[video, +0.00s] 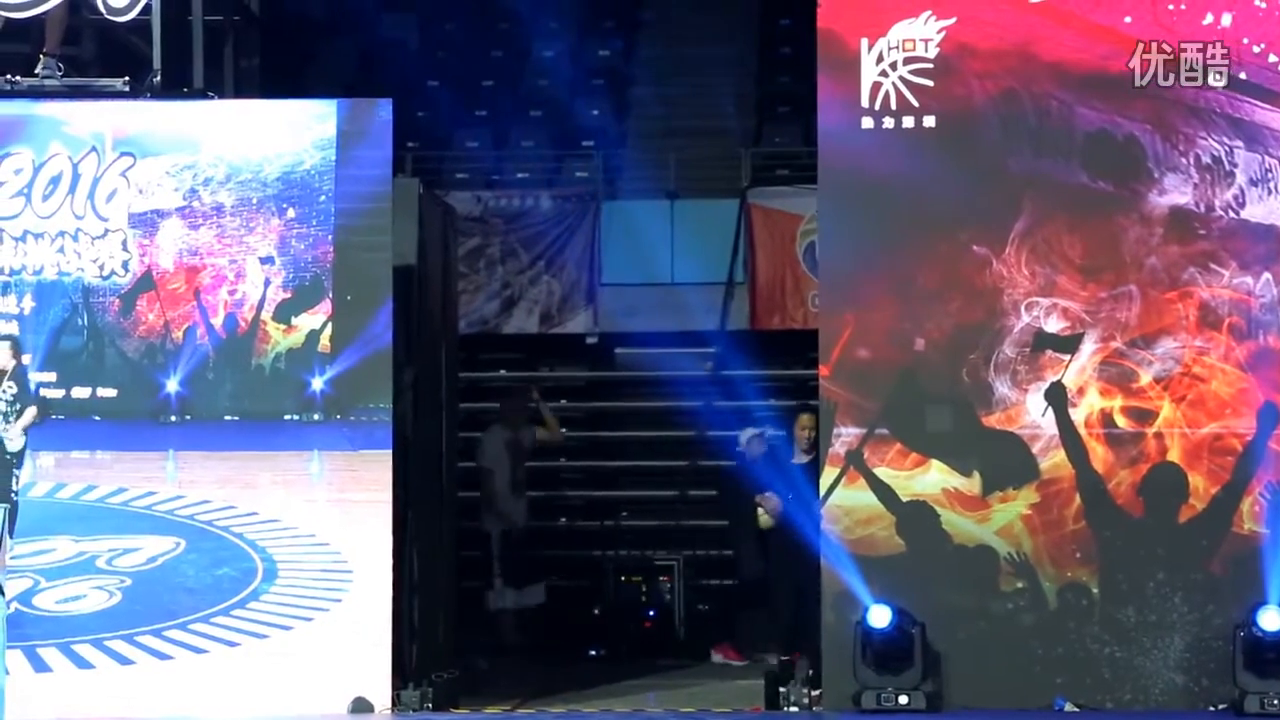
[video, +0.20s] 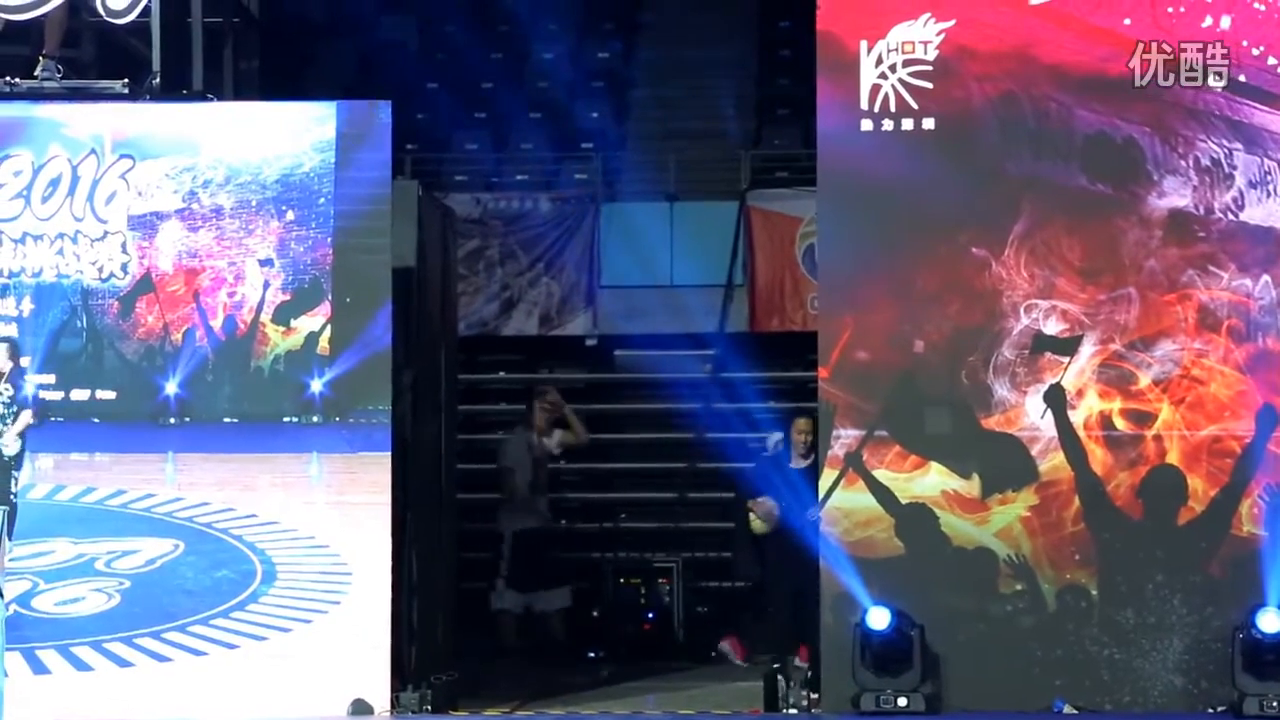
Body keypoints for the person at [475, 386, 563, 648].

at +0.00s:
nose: (521, 413)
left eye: (524, 407)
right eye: (516, 407)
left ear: (526, 410)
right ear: (505, 408)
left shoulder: (525, 433)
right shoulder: (494, 436)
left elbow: (555, 435)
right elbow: (488, 484)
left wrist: (540, 403)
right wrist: (506, 513)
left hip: (519, 514)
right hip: (497, 516)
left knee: (523, 576)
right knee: (501, 580)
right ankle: (505, 640)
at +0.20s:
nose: (550, 414)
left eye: (554, 409)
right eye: (546, 406)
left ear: (557, 414)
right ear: (534, 406)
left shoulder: (550, 439)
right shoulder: (518, 440)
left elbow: (581, 438)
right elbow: (511, 484)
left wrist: (564, 408)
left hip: (542, 522)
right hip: (517, 523)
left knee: (550, 583)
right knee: (512, 587)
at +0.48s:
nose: (585, 417)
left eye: (589, 413)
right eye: (580, 409)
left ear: (589, 418)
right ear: (564, 410)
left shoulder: (580, 443)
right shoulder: (545, 445)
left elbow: (616, 440)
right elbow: (543, 499)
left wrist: (601, 409)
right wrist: (546, 540)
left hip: (578, 533)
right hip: (553, 534)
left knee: (576, 600)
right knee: (549, 600)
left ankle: (575, 667)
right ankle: (537, 667)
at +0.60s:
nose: (597, 418)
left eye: (599, 413)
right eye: (591, 412)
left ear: (598, 416)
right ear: (576, 413)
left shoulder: (592, 444)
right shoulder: (558, 444)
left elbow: (627, 438)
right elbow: (546, 494)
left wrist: (617, 409)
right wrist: (547, 530)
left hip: (588, 530)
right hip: (562, 531)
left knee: (591, 596)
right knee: (568, 596)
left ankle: (590, 665)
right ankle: (567, 666)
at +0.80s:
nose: (615, 419)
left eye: (617, 414)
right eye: (610, 413)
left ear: (614, 418)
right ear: (595, 414)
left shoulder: (605, 444)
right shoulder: (578, 445)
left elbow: (640, 437)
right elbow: (564, 495)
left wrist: (632, 409)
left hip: (599, 533)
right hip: (582, 535)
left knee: (590, 600)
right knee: (610, 598)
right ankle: (605, 668)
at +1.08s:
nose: (640, 422)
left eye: (641, 417)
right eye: (636, 417)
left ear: (631, 419)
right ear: (620, 417)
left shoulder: (624, 444)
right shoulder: (607, 450)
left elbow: (651, 440)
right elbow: (600, 500)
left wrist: (648, 413)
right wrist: (606, 545)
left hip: (627, 540)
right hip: (617, 542)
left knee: (609, 608)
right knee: (632, 607)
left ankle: (600, 672)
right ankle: (647, 671)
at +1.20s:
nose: (649, 422)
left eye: (649, 417)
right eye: (646, 417)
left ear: (633, 418)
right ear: (633, 418)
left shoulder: (619, 443)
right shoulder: (622, 449)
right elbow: (616, 499)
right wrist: (630, 541)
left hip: (628, 538)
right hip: (623, 540)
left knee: (633, 605)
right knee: (620, 605)